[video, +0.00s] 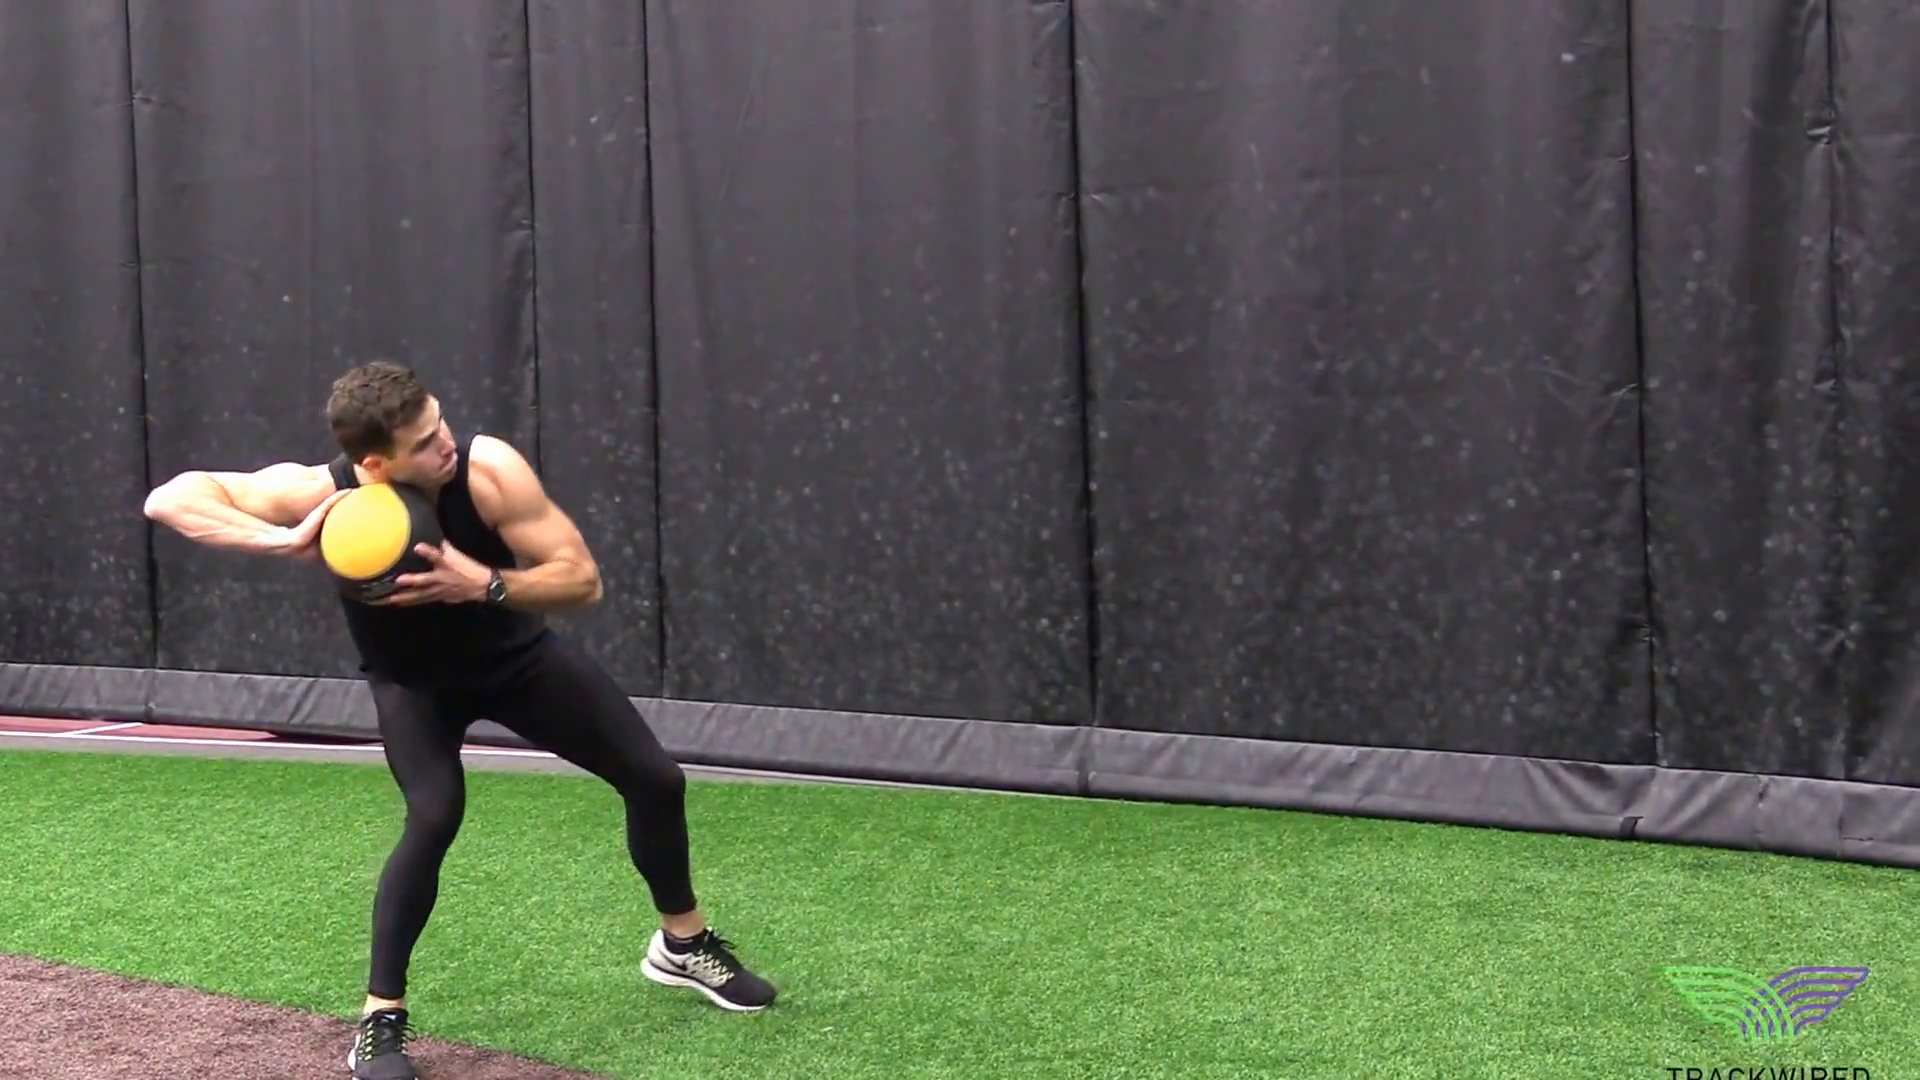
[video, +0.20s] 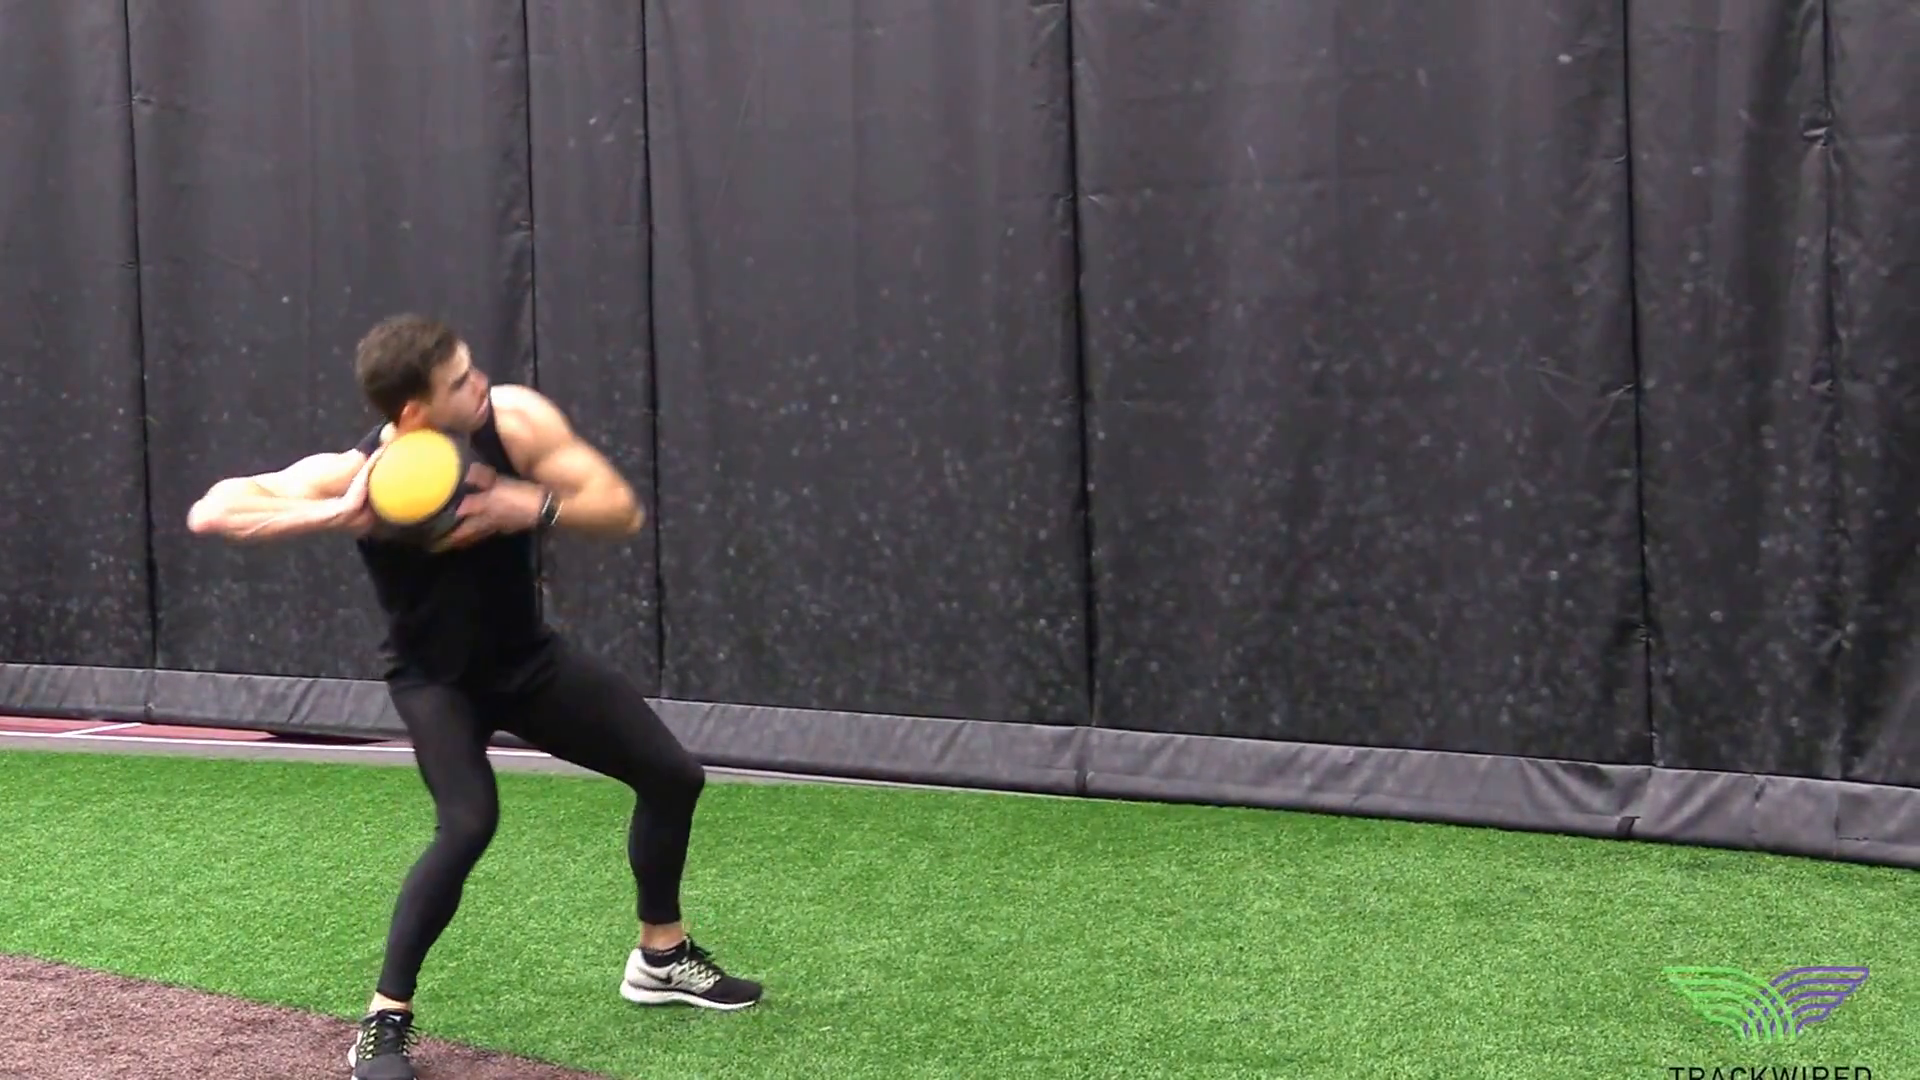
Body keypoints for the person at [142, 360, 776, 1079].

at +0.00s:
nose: (446, 446)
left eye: (442, 429)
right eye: (425, 444)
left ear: (442, 411)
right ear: (371, 467)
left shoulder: (493, 472)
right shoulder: (320, 494)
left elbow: (580, 579)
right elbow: (167, 498)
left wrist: (487, 583)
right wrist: (277, 539)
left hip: (519, 655)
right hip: (412, 681)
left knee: (656, 780)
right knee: (434, 813)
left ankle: (684, 940)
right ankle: (383, 1016)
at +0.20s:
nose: (480, 385)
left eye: (473, 370)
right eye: (459, 383)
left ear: (474, 365)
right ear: (412, 413)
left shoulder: (519, 419)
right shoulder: (358, 473)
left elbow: (622, 509)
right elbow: (209, 513)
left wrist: (536, 506)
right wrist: (333, 514)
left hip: (531, 660)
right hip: (435, 682)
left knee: (673, 775)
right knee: (469, 820)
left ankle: (662, 954)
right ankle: (388, 1016)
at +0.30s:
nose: (494, 338)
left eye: (486, 326)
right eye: (475, 337)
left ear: (481, 339)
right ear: (431, 370)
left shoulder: (529, 382)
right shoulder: (384, 451)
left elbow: (648, 457)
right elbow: (249, 517)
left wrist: (569, 429)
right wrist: (372, 483)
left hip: (539, 651)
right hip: (454, 667)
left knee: (680, 770)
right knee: (492, 822)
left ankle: (657, 965)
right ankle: (390, 1013)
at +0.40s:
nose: (501, 287)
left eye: (493, 276)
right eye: (485, 283)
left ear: (469, 307)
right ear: (450, 316)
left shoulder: (527, 360)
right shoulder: (410, 417)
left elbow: (656, 386)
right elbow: (319, 504)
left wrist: (590, 355)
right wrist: (433, 432)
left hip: (557, 637)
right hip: (487, 651)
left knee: (679, 767)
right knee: (521, 818)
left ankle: (662, 963)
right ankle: (392, 1002)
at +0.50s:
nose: (502, 248)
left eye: (493, 237)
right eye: (488, 243)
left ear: (460, 280)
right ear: (462, 277)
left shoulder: (522, 334)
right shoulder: (447, 378)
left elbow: (627, 338)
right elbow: (430, 448)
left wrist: (607, 294)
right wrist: (530, 347)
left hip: (573, 618)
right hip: (529, 627)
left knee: (665, 763)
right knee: (550, 810)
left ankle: (662, 963)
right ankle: (395, 985)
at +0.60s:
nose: (493, 222)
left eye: (482, 214)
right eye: (482, 218)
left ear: (443, 262)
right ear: (468, 248)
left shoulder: (468, 323)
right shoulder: (489, 330)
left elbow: (557, 310)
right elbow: (581, 308)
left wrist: (596, 241)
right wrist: (641, 219)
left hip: (577, 590)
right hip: (567, 594)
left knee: (640, 766)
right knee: (578, 787)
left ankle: (661, 960)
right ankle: (412, 950)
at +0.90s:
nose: (539, 206)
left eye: (528, 199)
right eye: (533, 200)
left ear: (460, 257)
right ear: (526, 224)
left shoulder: (447, 356)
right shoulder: (584, 257)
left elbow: (493, 434)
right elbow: (625, 164)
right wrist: (627, 146)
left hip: (560, 576)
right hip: (638, 558)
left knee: (615, 771)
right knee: (656, 767)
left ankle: (653, 965)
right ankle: (541, 941)